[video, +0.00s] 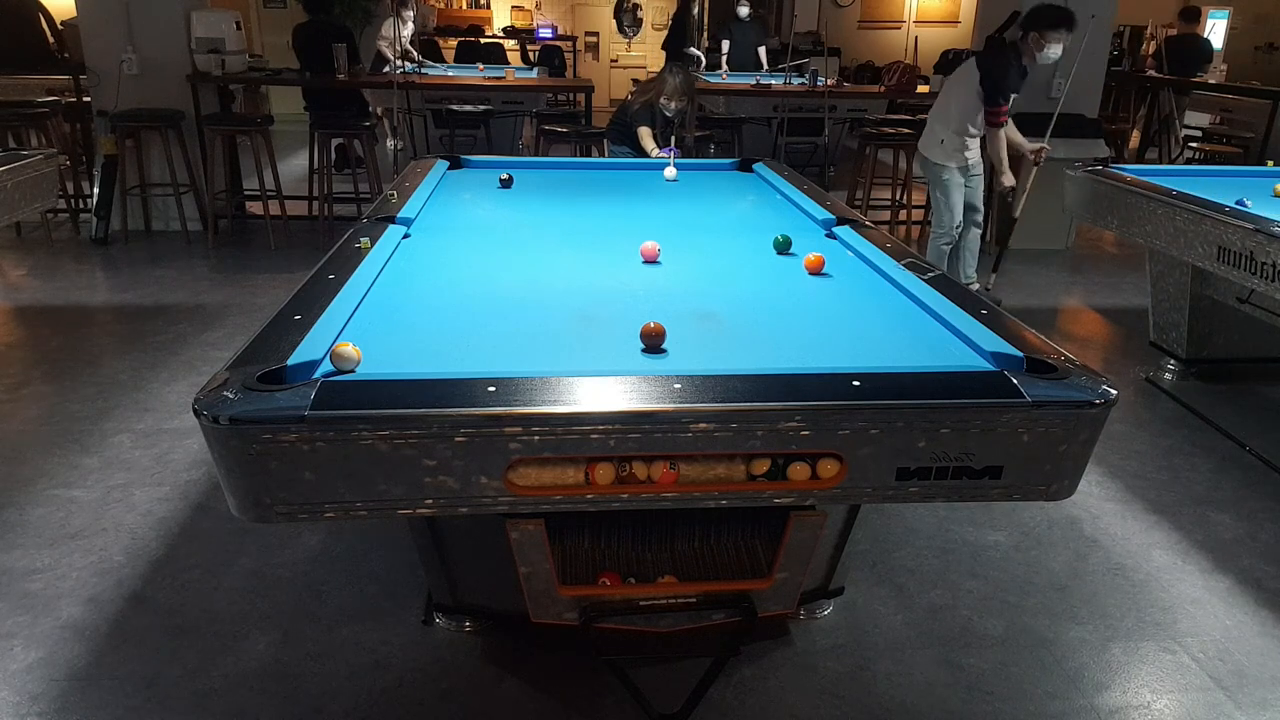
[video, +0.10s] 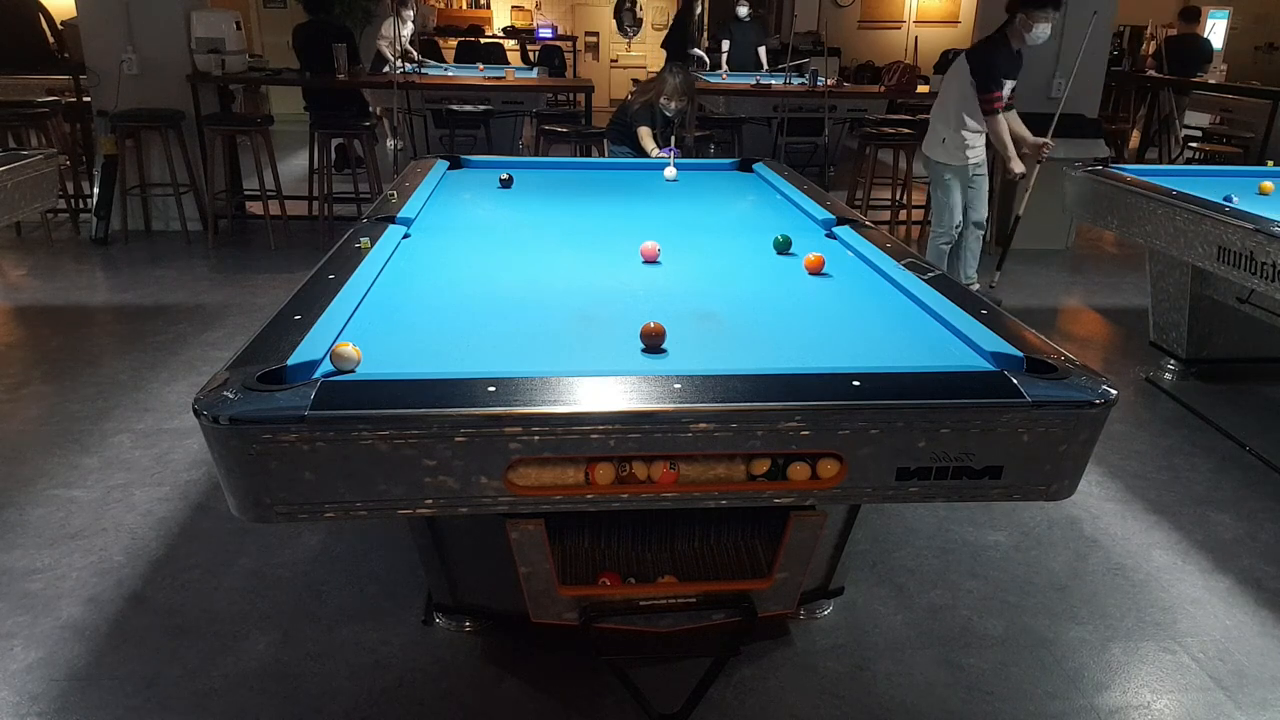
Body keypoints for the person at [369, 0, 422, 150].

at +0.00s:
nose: (410, 14)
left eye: (411, 11)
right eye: (406, 11)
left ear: (413, 11)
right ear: (398, 11)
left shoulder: (410, 26)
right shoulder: (390, 23)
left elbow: (404, 43)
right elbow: (380, 43)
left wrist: (414, 53)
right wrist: (394, 60)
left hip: (397, 64)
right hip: (382, 65)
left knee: (394, 104)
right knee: (384, 106)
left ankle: (395, 135)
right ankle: (390, 138)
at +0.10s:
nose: (410, 13)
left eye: (411, 10)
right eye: (407, 10)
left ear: (413, 11)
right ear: (399, 11)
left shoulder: (410, 26)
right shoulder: (390, 22)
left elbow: (403, 42)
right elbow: (380, 43)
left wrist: (413, 51)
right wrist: (393, 60)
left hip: (397, 64)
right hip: (382, 66)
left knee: (396, 103)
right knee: (385, 106)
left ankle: (395, 136)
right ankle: (390, 138)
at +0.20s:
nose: (409, 13)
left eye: (411, 10)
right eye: (406, 10)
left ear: (413, 11)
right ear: (398, 10)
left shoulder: (410, 26)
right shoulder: (390, 21)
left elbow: (403, 42)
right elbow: (380, 43)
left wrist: (412, 51)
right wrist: (393, 60)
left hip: (397, 64)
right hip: (382, 65)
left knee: (396, 103)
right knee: (385, 106)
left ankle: (395, 136)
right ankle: (390, 138)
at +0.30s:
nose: (409, 13)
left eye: (411, 9)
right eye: (406, 10)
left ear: (413, 11)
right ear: (398, 10)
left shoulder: (409, 26)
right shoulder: (390, 21)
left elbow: (403, 43)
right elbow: (380, 42)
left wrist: (412, 51)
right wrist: (393, 60)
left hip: (397, 64)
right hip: (382, 64)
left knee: (396, 103)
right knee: (385, 105)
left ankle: (395, 136)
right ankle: (390, 138)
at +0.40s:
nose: (409, 13)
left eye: (411, 9)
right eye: (405, 9)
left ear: (413, 10)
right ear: (398, 10)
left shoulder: (409, 26)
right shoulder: (390, 21)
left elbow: (403, 43)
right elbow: (380, 42)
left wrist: (412, 52)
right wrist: (393, 60)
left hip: (397, 64)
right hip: (382, 64)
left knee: (396, 103)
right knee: (384, 105)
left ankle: (395, 136)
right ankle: (390, 138)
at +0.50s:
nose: (409, 12)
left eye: (411, 9)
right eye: (405, 9)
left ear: (413, 10)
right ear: (398, 10)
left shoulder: (409, 26)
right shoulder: (390, 21)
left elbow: (403, 43)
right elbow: (380, 42)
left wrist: (412, 52)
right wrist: (393, 60)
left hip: (396, 64)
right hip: (382, 65)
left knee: (395, 103)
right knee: (384, 105)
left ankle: (395, 135)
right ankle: (390, 138)